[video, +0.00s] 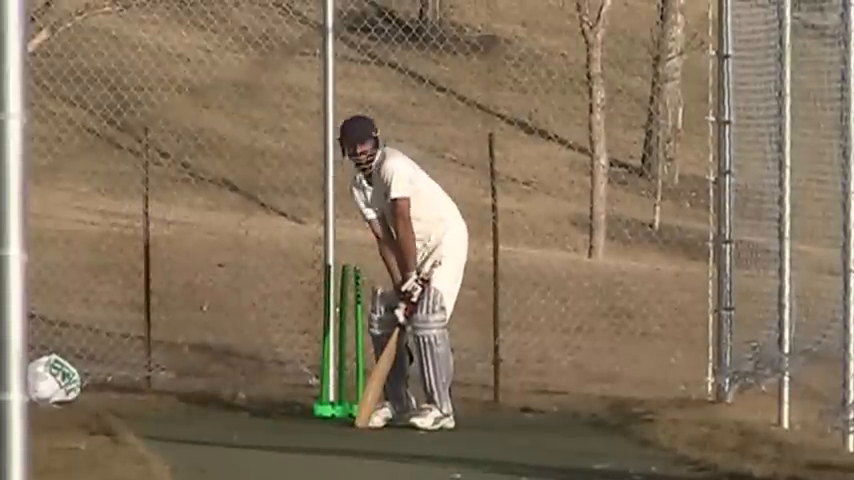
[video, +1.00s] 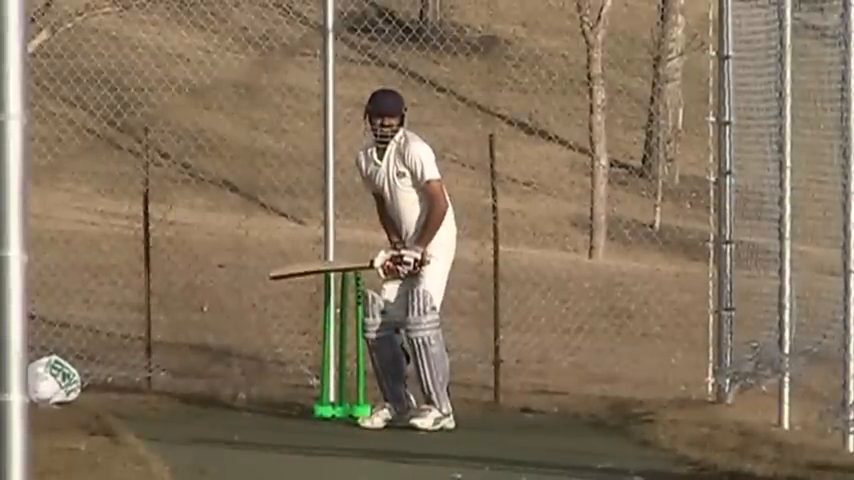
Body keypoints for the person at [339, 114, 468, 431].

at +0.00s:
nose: (362, 154)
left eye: (367, 146)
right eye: (354, 149)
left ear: (377, 141)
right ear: (345, 152)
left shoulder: (393, 167)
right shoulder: (359, 185)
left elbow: (403, 221)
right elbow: (383, 238)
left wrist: (411, 276)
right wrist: (401, 285)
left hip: (444, 241)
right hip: (411, 249)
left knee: (428, 321)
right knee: (385, 321)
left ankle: (440, 408)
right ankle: (397, 404)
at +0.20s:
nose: (375, 134)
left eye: (381, 127)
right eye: (368, 128)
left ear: (391, 128)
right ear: (357, 132)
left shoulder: (408, 156)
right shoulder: (365, 173)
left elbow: (419, 212)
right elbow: (387, 227)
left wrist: (409, 265)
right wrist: (396, 277)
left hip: (440, 242)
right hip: (407, 248)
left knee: (426, 320)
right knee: (386, 317)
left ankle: (438, 408)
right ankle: (397, 402)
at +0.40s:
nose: (382, 124)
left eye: (389, 117)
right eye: (375, 117)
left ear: (400, 117)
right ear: (366, 119)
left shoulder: (414, 146)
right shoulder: (367, 158)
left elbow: (440, 198)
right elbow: (387, 206)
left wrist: (418, 243)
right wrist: (397, 247)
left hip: (437, 241)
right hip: (405, 244)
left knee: (426, 322)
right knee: (388, 323)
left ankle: (439, 408)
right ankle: (398, 403)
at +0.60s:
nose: (386, 121)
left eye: (393, 115)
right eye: (380, 114)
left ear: (404, 116)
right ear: (369, 116)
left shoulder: (416, 147)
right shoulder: (367, 154)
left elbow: (441, 198)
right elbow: (384, 202)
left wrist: (417, 244)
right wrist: (397, 242)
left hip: (434, 242)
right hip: (404, 244)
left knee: (421, 319)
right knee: (383, 320)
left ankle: (439, 408)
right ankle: (398, 403)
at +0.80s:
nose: (385, 124)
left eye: (392, 118)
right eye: (379, 117)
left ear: (402, 119)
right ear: (369, 118)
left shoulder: (415, 149)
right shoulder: (366, 156)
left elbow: (440, 200)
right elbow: (383, 202)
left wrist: (418, 246)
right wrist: (396, 245)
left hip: (434, 241)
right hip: (403, 243)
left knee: (421, 319)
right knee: (380, 321)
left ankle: (438, 408)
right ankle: (397, 403)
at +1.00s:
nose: (385, 126)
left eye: (392, 120)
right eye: (379, 119)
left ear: (402, 121)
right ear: (368, 120)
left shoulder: (414, 150)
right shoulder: (365, 157)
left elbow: (439, 202)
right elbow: (382, 203)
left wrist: (419, 247)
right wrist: (396, 246)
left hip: (434, 241)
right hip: (403, 244)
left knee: (420, 318)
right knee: (377, 319)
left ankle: (438, 407)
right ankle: (398, 403)